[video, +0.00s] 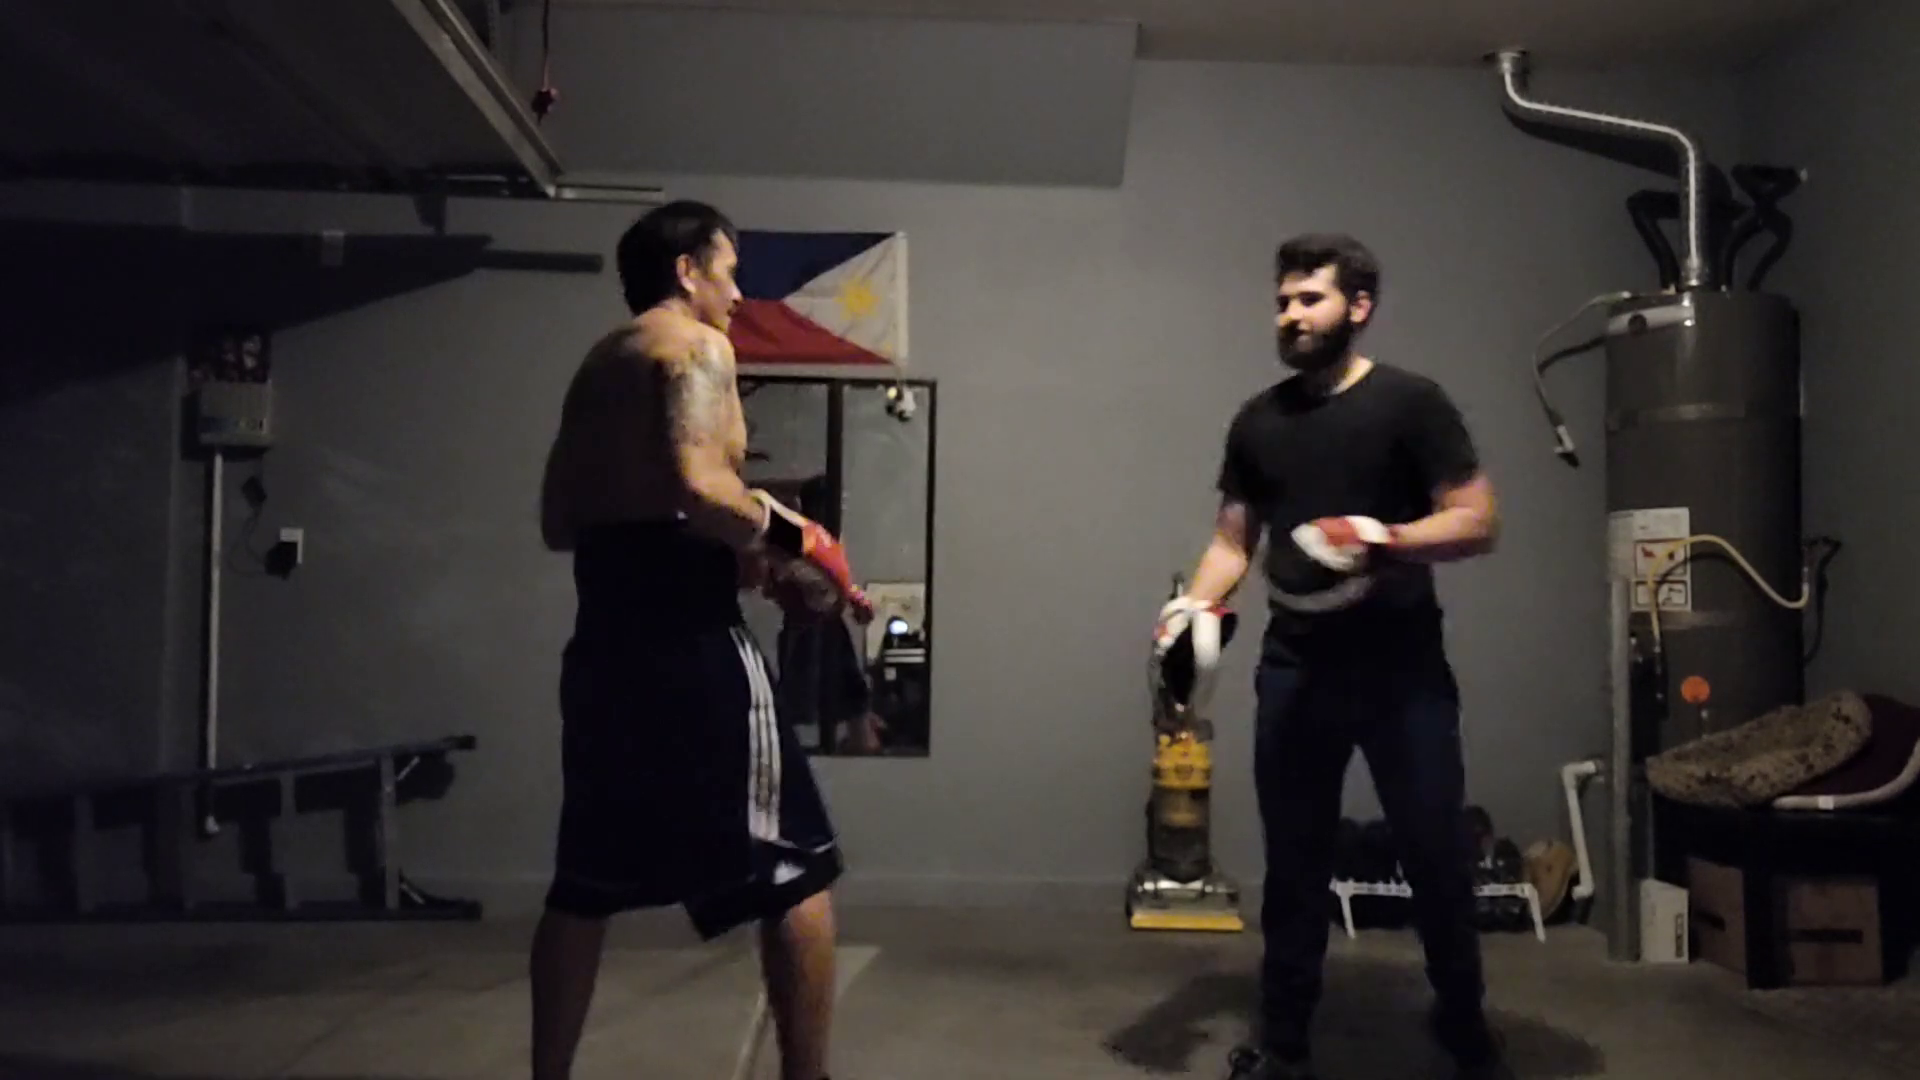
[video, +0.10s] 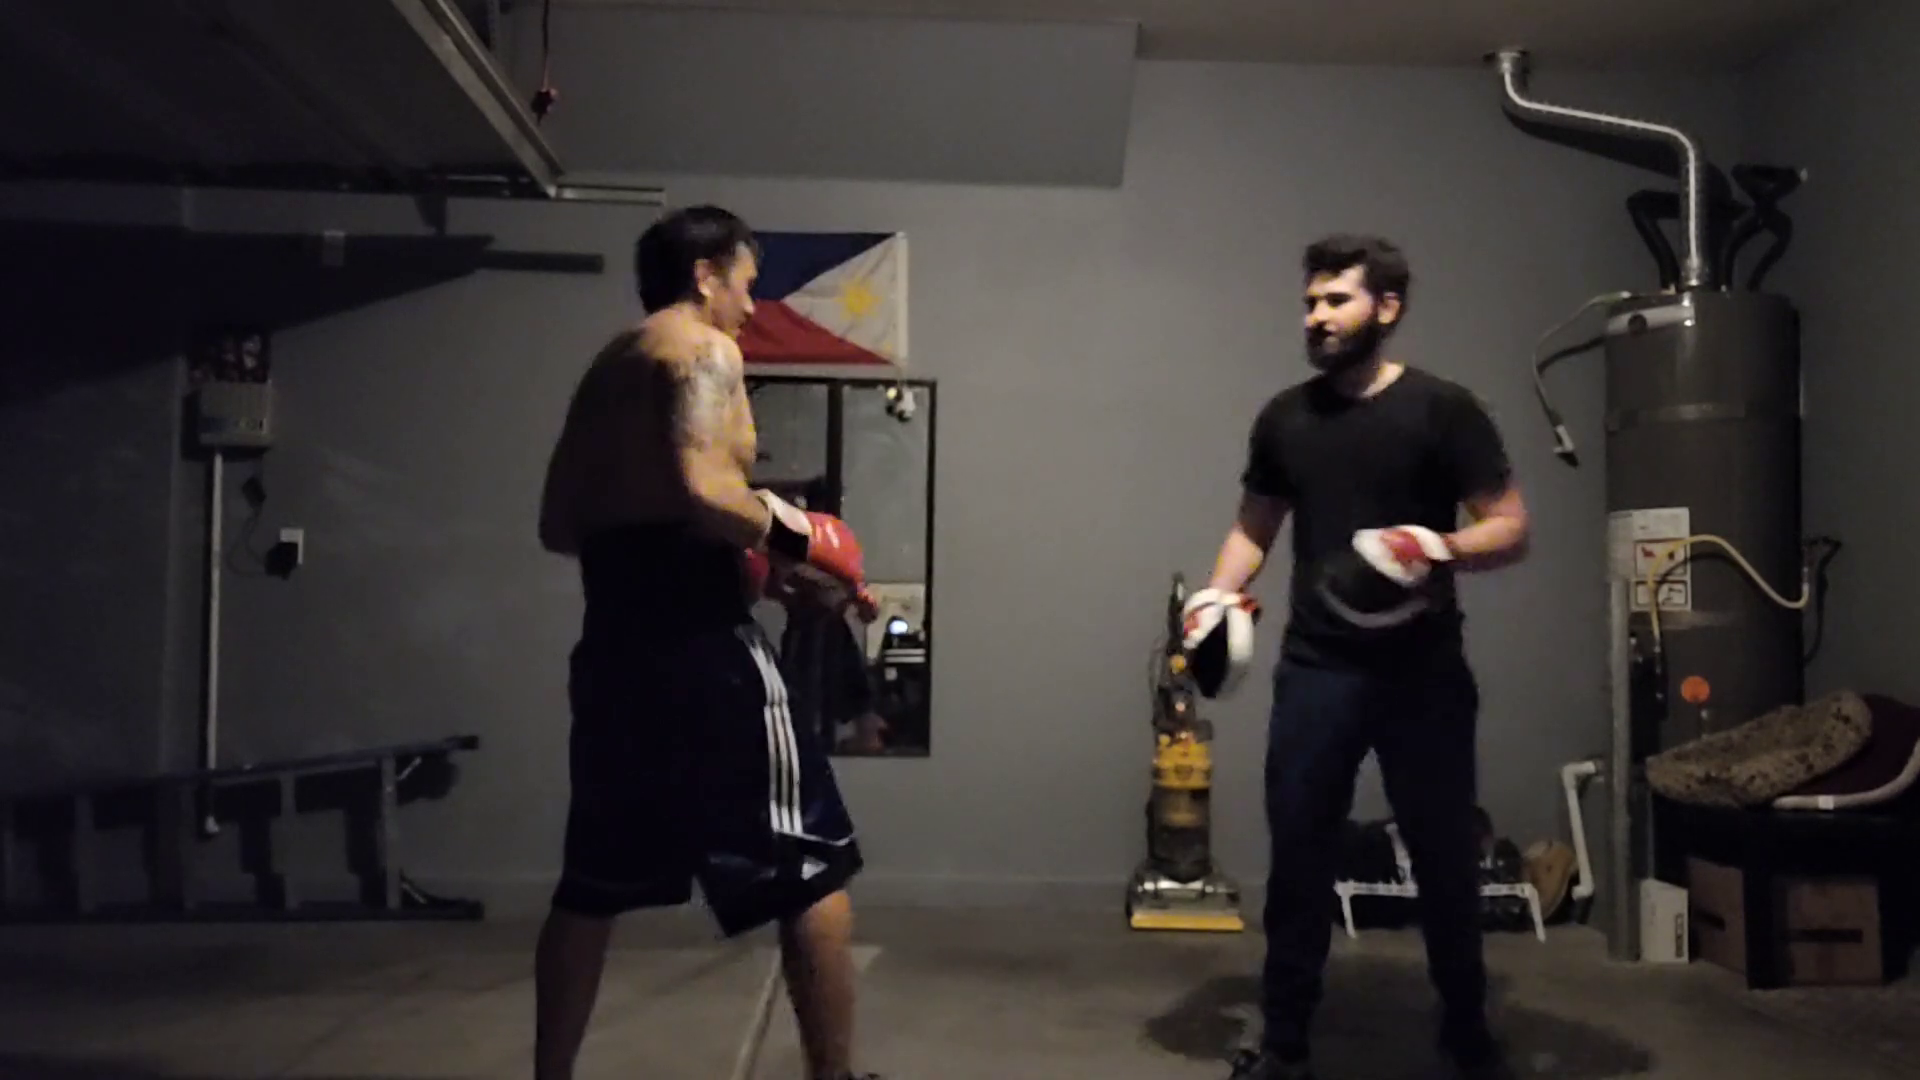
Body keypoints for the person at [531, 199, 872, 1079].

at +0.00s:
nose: (736, 295)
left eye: (735, 276)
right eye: (727, 275)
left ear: (657, 278)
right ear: (687, 272)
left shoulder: (597, 362)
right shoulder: (697, 345)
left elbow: (563, 523)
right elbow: (703, 480)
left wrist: (725, 552)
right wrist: (792, 534)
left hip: (603, 651)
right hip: (695, 648)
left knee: (584, 884)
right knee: (798, 875)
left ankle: (549, 1070)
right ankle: (806, 1070)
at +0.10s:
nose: (750, 306)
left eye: (752, 287)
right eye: (744, 285)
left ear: (670, 280)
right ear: (704, 276)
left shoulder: (604, 367)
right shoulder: (705, 348)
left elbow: (563, 527)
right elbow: (707, 486)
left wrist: (713, 547)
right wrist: (802, 535)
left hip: (614, 653)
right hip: (709, 649)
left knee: (591, 883)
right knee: (814, 874)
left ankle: (552, 1071)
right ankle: (834, 1069)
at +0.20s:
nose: (777, 318)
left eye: (779, 300)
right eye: (773, 298)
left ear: (692, 292)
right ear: (733, 290)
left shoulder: (621, 377)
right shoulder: (733, 362)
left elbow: (578, 536)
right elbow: (723, 499)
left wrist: (716, 553)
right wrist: (808, 536)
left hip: (627, 659)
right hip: (723, 657)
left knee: (595, 887)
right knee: (816, 888)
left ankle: (552, 1072)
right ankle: (876, 1071)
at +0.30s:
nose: (815, 307)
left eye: (815, 291)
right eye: (810, 290)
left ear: (719, 289)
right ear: (776, 289)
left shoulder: (653, 378)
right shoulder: (781, 370)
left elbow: (613, 540)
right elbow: (778, 504)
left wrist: (769, 563)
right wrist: (864, 537)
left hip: (650, 670)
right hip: (752, 672)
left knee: (606, 892)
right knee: (831, 898)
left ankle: (557, 1072)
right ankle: (887, 1072)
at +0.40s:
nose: (874, 317)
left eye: (872, 299)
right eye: (866, 299)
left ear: (781, 297)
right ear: (828, 299)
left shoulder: (702, 376)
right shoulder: (825, 378)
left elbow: (699, 535)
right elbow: (847, 516)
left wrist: (828, 578)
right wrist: (928, 541)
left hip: (681, 674)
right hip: (790, 679)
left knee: (622, 890)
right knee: (865, 896)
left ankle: (562, 1072)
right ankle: (898, 1072)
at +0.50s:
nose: (908, 328)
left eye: (910, 311)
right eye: (904, 310)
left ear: (816, 299)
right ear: (869, 307)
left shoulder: (742, 369)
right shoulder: (871, 388)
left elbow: (730, 521)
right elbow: (917, 529)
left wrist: (857, 563)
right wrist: (976, 535)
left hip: (694, 650)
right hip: (803, 657)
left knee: (632, 883)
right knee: (877, 892)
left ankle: (569, 1070)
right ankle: (901, 1073)